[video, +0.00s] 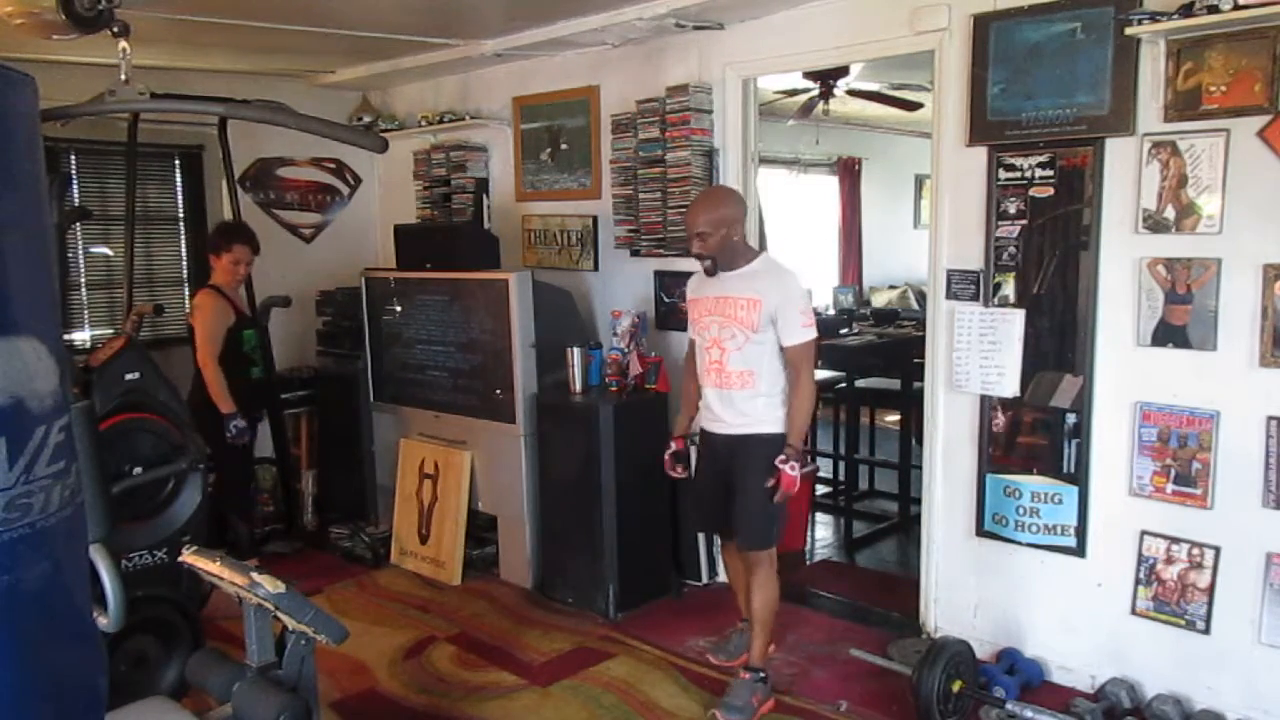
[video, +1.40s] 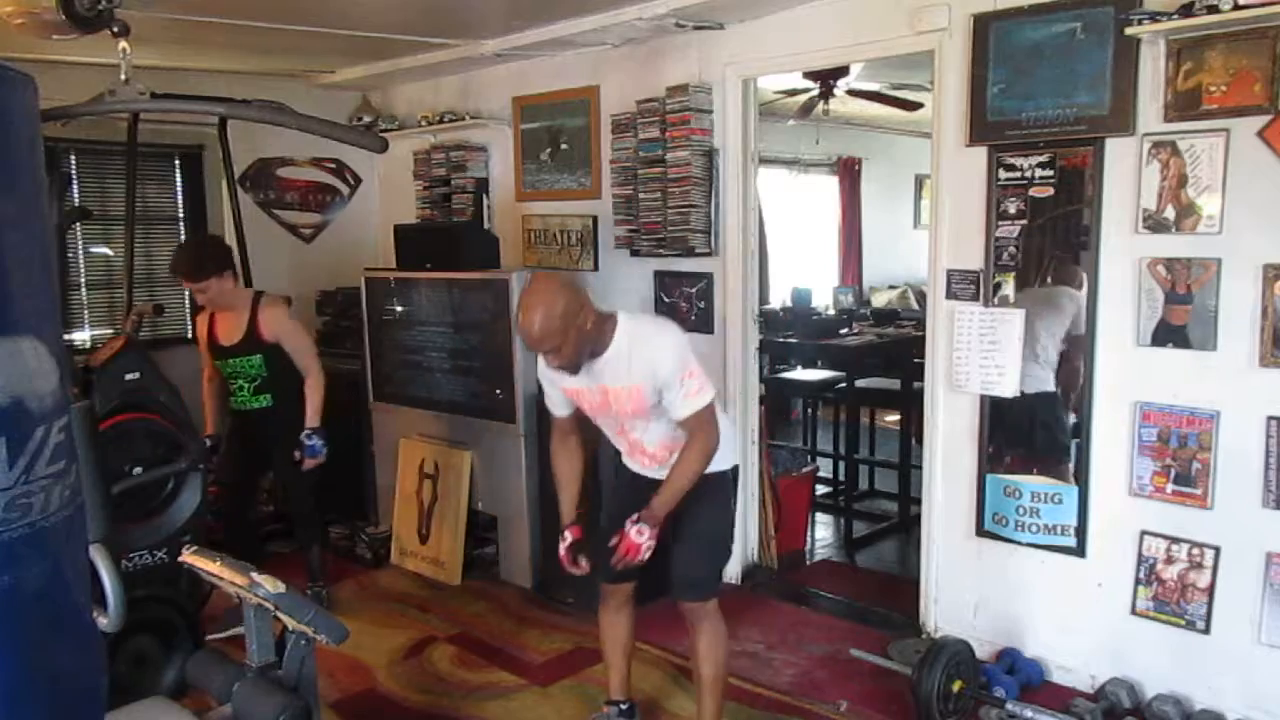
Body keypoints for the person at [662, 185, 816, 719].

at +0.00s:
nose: (694, 246)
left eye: (702, 236)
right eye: (691, 236)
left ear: (735, 229)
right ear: (699, 233)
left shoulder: (781, 286)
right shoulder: (699, 284)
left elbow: (803, 374)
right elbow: (695, 363)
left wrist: (794, 448)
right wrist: (679, 432)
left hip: (762, 438)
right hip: (714, 436)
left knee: (758, 552)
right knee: (730, 543)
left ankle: (757, 669)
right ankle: (751, 629)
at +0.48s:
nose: (686, 244)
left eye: (690, 233)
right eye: (683, 234)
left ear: (726, 221)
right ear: (718, 225)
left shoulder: (782, 285)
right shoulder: (705, 281)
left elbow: (797, 383)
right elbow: (700, 364)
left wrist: (770, 467)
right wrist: (664, 427)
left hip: (754, 452)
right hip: (700, 444)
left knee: (757, 569)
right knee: (672, 545)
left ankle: (756, 678)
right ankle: (697, 641)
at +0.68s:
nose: (672, 253)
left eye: (677, 241)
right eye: (666, 243)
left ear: (713, 226)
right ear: (683, 234)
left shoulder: (770, 285)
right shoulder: (687, 285)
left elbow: (787, 387)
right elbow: (696, 370)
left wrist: (748, 457)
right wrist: (685, 435)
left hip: (753, 454)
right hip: (692, 448)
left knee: (755, 575)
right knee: (660, 554)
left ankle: (755, 682)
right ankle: (629, 675)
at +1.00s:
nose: (615, 265)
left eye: (621, 252)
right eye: (609, 254)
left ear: (657, 238)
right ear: (645, 243)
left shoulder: (722, 290)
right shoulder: (626, 303)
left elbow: (768, 379)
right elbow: (635, 382)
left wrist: (752, 467)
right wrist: (640, 441)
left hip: (719, 472)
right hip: (653, 469)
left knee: (732, 589)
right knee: (636, 584)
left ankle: (750, 681)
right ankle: (622, 702)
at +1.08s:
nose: (596, 273)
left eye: (603, 259)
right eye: (589, 262)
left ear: (641, 242)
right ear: (588, 255)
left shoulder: (705, 288)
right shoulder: (604, 305)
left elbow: (755, 371)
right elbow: (614, 389)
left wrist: (739, 463)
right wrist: (619, 468)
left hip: (706, 471)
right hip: (640, 470)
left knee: (710, 594)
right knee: (623, 585)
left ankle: (745, 675)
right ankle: (620, 705)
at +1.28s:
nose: (562, 311)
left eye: (567, 299)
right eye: (554, 301)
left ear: (600, 273)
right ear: (553, 288)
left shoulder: (678, 304)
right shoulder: (565, 326)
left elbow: (722, 393)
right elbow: (576, 402)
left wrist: (682, 477)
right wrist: (580, 487)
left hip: (700, 459)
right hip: (629, 460)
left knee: (689, 587)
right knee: (618, 587)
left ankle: (718, 711)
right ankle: (620, 706)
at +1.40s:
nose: (549, 363)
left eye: (555, 351)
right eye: (542, 354)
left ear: (586, 320)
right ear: (531, 338)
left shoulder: (661, 343)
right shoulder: (552, 363)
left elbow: (705, 436)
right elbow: (565, 434)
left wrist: (653, 516)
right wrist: (569, 523)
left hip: (703, 469)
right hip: (633, 468)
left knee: (696, 600)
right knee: (614, 588)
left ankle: (709, 716)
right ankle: (619, 705)